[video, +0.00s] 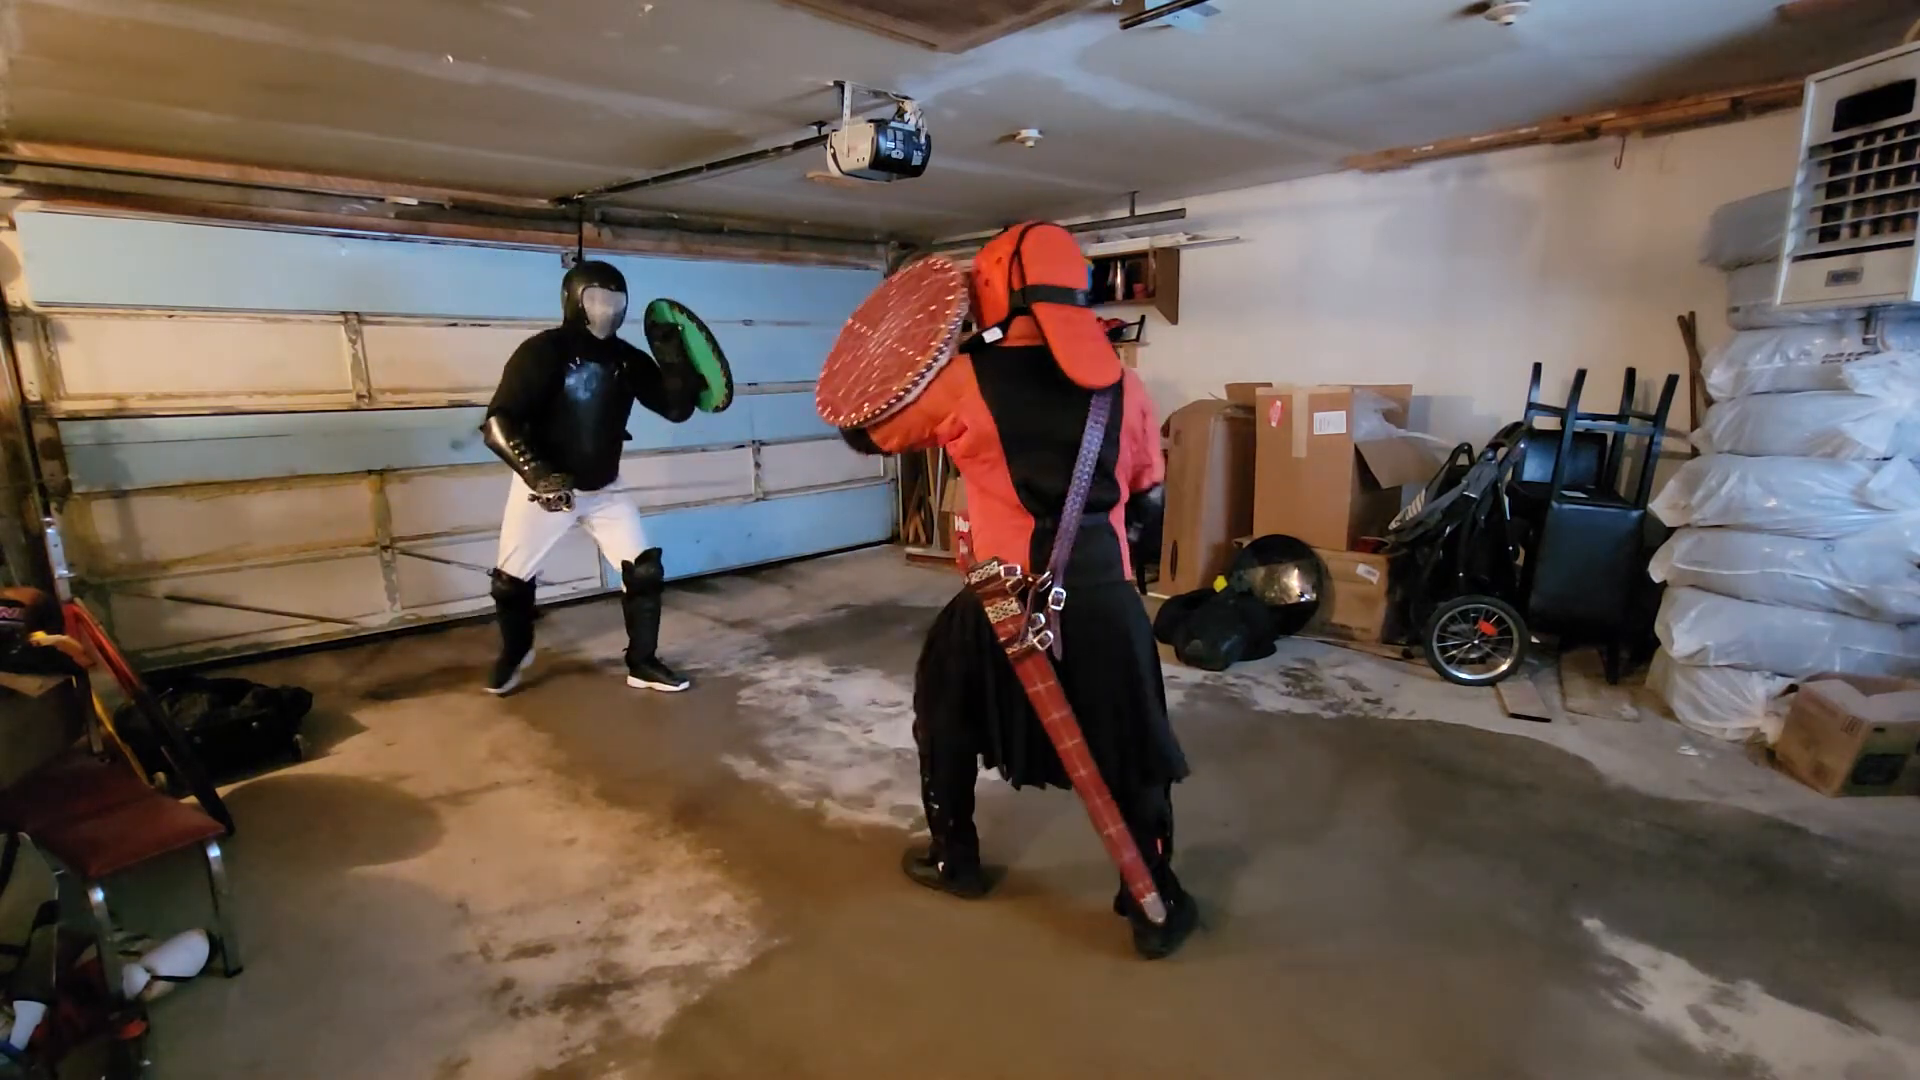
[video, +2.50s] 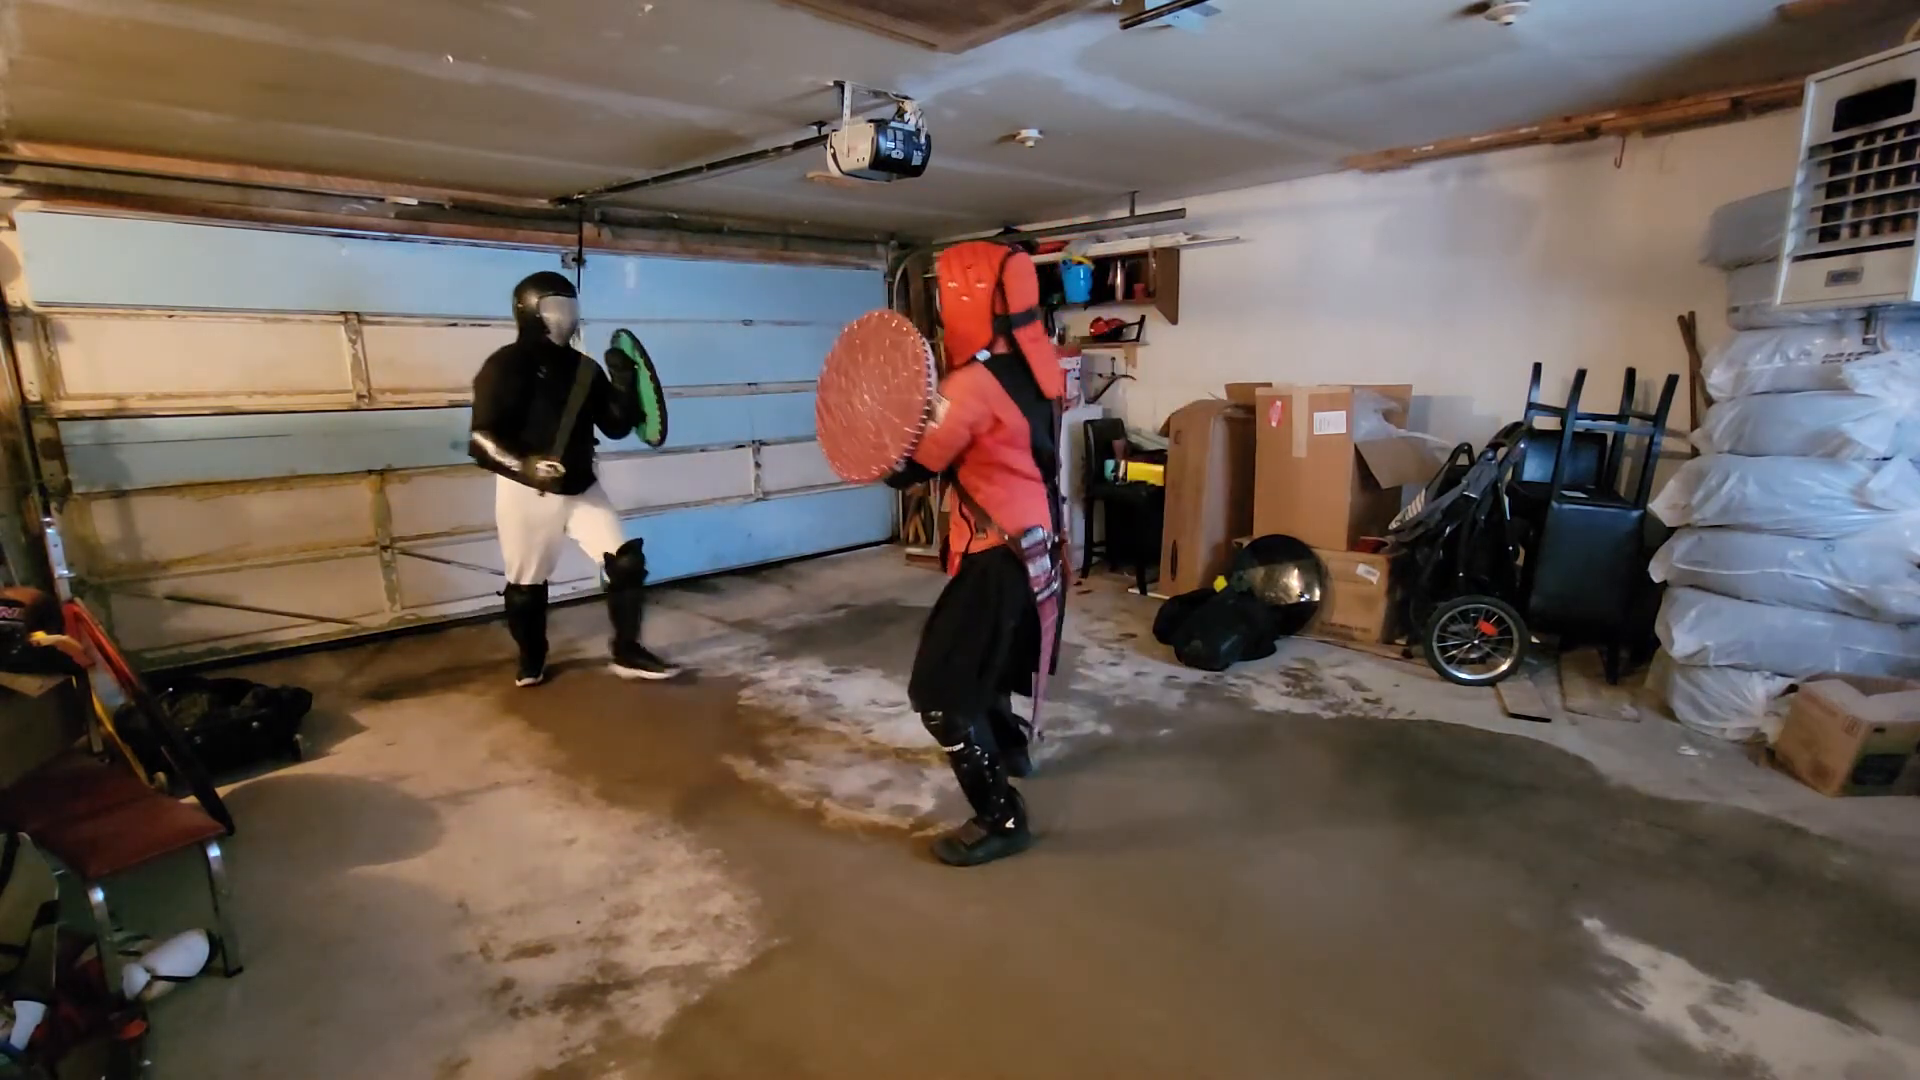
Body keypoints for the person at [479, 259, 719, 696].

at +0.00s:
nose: (615, 307)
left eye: (619, 297)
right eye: (605, 296)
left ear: (623, 303)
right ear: (578, 299)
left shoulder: (627, 359)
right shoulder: (542, 352)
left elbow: (677, 408)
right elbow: (498, 423)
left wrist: (673, 353)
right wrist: (537, 475)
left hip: (605, 491)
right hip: (541, 490)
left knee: (644, 569)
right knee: (509, 582)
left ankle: (642, 661)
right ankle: (515, 651)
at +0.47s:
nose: (569, 299)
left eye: (569, 291)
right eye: (557, 291)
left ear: (570, 297)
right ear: (531, 299)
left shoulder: (589, 357)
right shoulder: (503, 359)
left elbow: (640, 409)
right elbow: (465, 432)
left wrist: (631, 353)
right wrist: (499, 487)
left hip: (590, 488)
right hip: (530, 492)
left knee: (644, 558)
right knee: (523, 588)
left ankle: (645, 654)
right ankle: (532, 665)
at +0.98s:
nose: (618, 306)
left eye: (620, 297)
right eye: (608, 297)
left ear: (622, 301)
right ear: (579, 302)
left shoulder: (636, 361)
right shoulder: (550, 360)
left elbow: (686, 412)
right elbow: (532, 440)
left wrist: (682, 360)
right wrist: (582, 456)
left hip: (630, 493)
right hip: (569, 493)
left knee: (673, 574)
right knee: (547, 590)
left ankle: (686, 676)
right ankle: (536, 665)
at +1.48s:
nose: (637, 307)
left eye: (637, 297)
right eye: (627, 297)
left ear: (631, 306)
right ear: (596, 303)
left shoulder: (644, 364)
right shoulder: (559, 364)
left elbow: (691, 421)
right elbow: (525, 442)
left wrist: (695, 373)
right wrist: (577, 484)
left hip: (636, 500)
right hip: (573, 503)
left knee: (679, 576)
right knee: (551, 600)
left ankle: (686, 677)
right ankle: (553, 663)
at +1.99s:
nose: (637, 313)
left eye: (639, 303)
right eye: (628, 303)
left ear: (638, 309)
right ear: (601, 309)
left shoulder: (649, 364)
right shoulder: (585, 359)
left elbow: (680, 418)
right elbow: (629, 385)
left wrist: (700, 396)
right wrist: (682, 386)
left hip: (639, 490)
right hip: (585, 490)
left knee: (683, 572)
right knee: (558, 597)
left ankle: (686, 676)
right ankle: (555, 653)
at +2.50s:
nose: (575, 315)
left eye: (574, 306)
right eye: (566, 306)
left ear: (567, 311)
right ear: (538, 312)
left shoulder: (585, 369)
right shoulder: (503, 367)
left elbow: (616, 426)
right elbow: (481, 441)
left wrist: (625, 382)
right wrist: (526, 467)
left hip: (581, 489)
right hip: (526, 492)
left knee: (625, 561)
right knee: (526, 585)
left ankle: (628, 649)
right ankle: (532, 662)